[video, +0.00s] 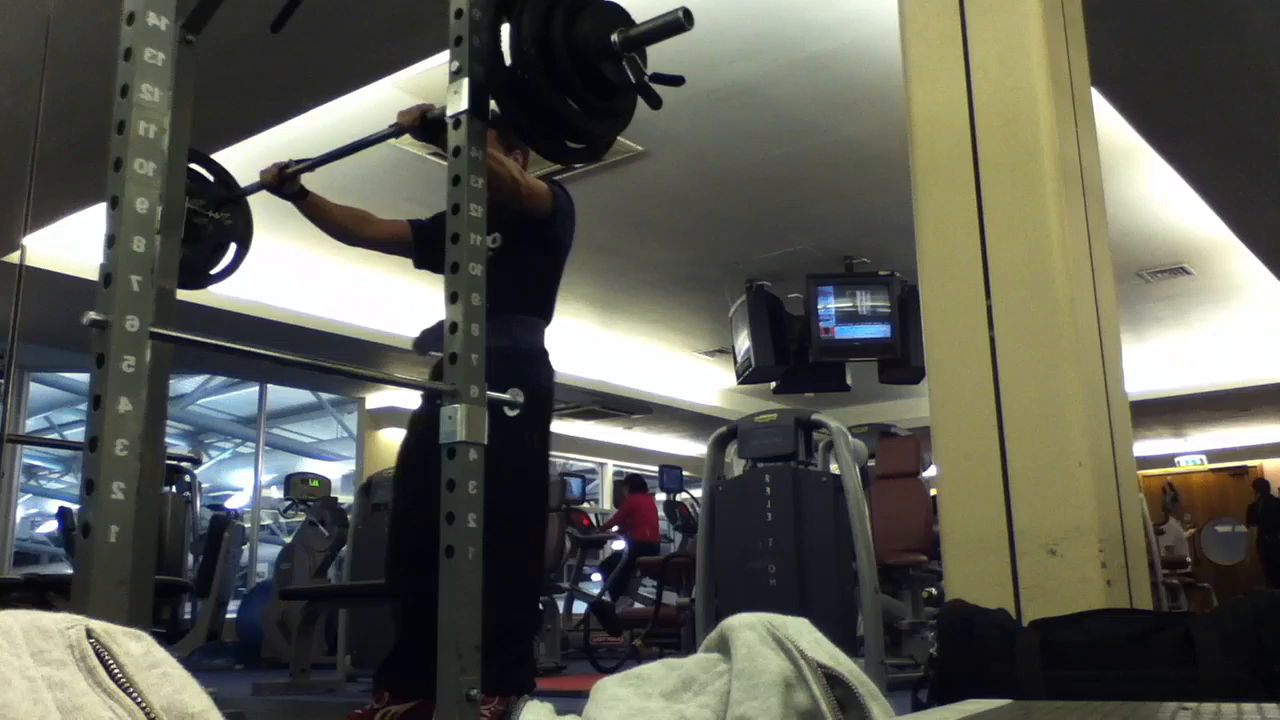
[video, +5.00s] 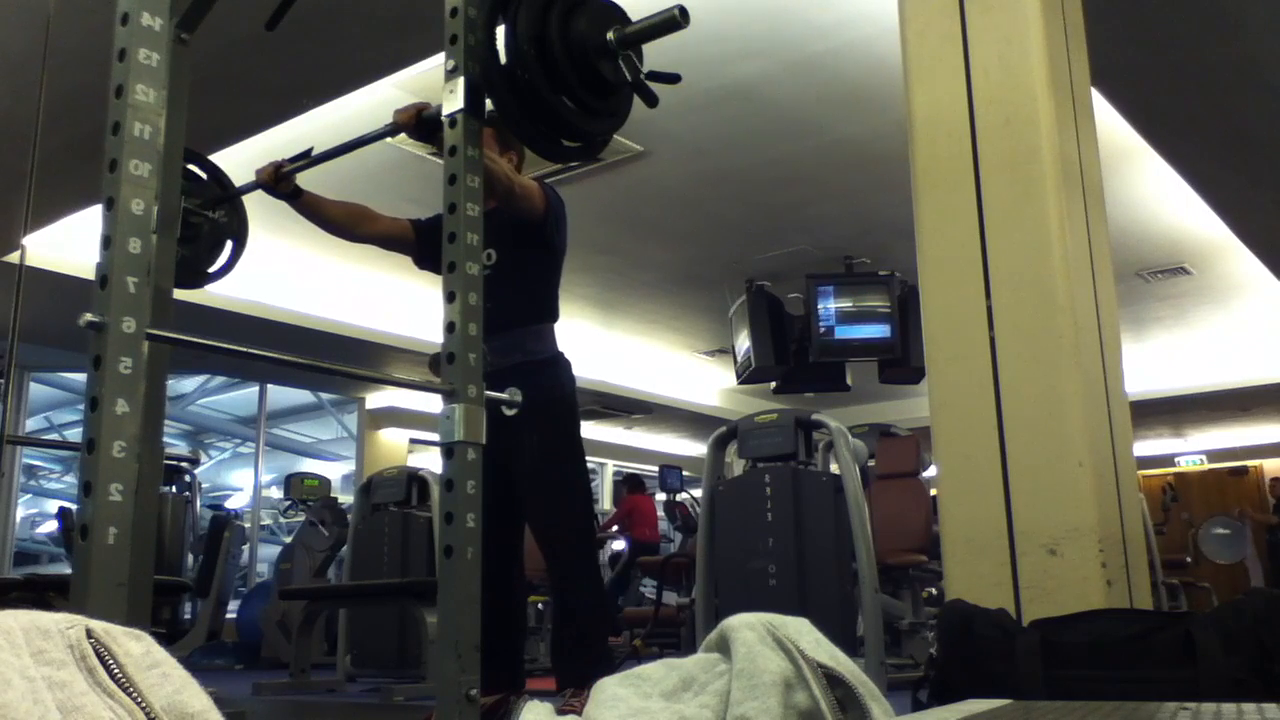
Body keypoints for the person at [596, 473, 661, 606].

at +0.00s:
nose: (624, 492)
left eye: (625, 488)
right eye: (624, 488)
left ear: (630, 488)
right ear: (644, 487)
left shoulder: (632, 500)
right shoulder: (650, 500)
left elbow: (616, 519)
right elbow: (637, 522)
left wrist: (601, 529)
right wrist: (619, 532)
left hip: (637, 546)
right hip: (654, 547)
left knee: (606, 566)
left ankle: (619, 599)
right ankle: (626, 598)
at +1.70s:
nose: (625, 491)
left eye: (626, 488)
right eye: (625, 488)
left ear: (631, 488)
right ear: (644, 487)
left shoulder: (631, 500)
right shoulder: (650, 500)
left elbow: (617, 518)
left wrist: (606, 527)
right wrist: (622, 529)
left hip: (637, 544)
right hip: (653, 544)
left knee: (618, 572)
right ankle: (629, 601)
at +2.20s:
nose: (624, 491)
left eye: (625, 488)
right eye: (624, 488)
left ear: (630, 487)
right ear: (642, 486)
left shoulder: (632, 500)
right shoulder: (650, 500)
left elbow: (618, 518)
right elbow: (635, 522)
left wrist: (600, 529)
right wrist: (618, 532)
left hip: (637, 545)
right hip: (654, 545)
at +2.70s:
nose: (626, 491)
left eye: (627, 488)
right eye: (626, 488)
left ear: (631, 487)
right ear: (644, 486)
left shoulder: (631, 500)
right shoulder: (650, 500)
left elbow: (617, 518)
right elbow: (636, 522)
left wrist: (601, 528)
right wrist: (618, 532)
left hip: (636, 545)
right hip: (654, 546)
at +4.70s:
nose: (623, 490)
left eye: (624, 487)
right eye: (624, 488)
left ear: (629, 487)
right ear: (642, 486)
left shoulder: (630, 500)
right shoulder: (649, 499)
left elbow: (615, 521)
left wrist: (600, 529)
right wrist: (619, 531)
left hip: (636, 546)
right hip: (654, 547)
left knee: (603, 552)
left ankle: (606, 589)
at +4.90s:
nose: (624, 491)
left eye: (625, 488)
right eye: (624, 488)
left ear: (629, 488)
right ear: (641, 486)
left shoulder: (631, 501)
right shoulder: (649, 500)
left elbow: (617, 519)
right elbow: (634, 523)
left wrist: (602, 529)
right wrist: (617, 532)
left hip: (637, 546)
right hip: (654, 546)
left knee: (609, 569)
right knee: (625, 572)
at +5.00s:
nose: (624, 491)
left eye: (625, 488)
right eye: (624, 488)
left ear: (629, 488)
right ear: (642, 487)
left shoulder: (630, 500)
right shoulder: (649, 500)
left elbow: (615, 519)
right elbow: (638, 522)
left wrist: (600, 530)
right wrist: (619, 531)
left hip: (637, 545)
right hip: (654, 545)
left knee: (614, 559)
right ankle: (633, 592)